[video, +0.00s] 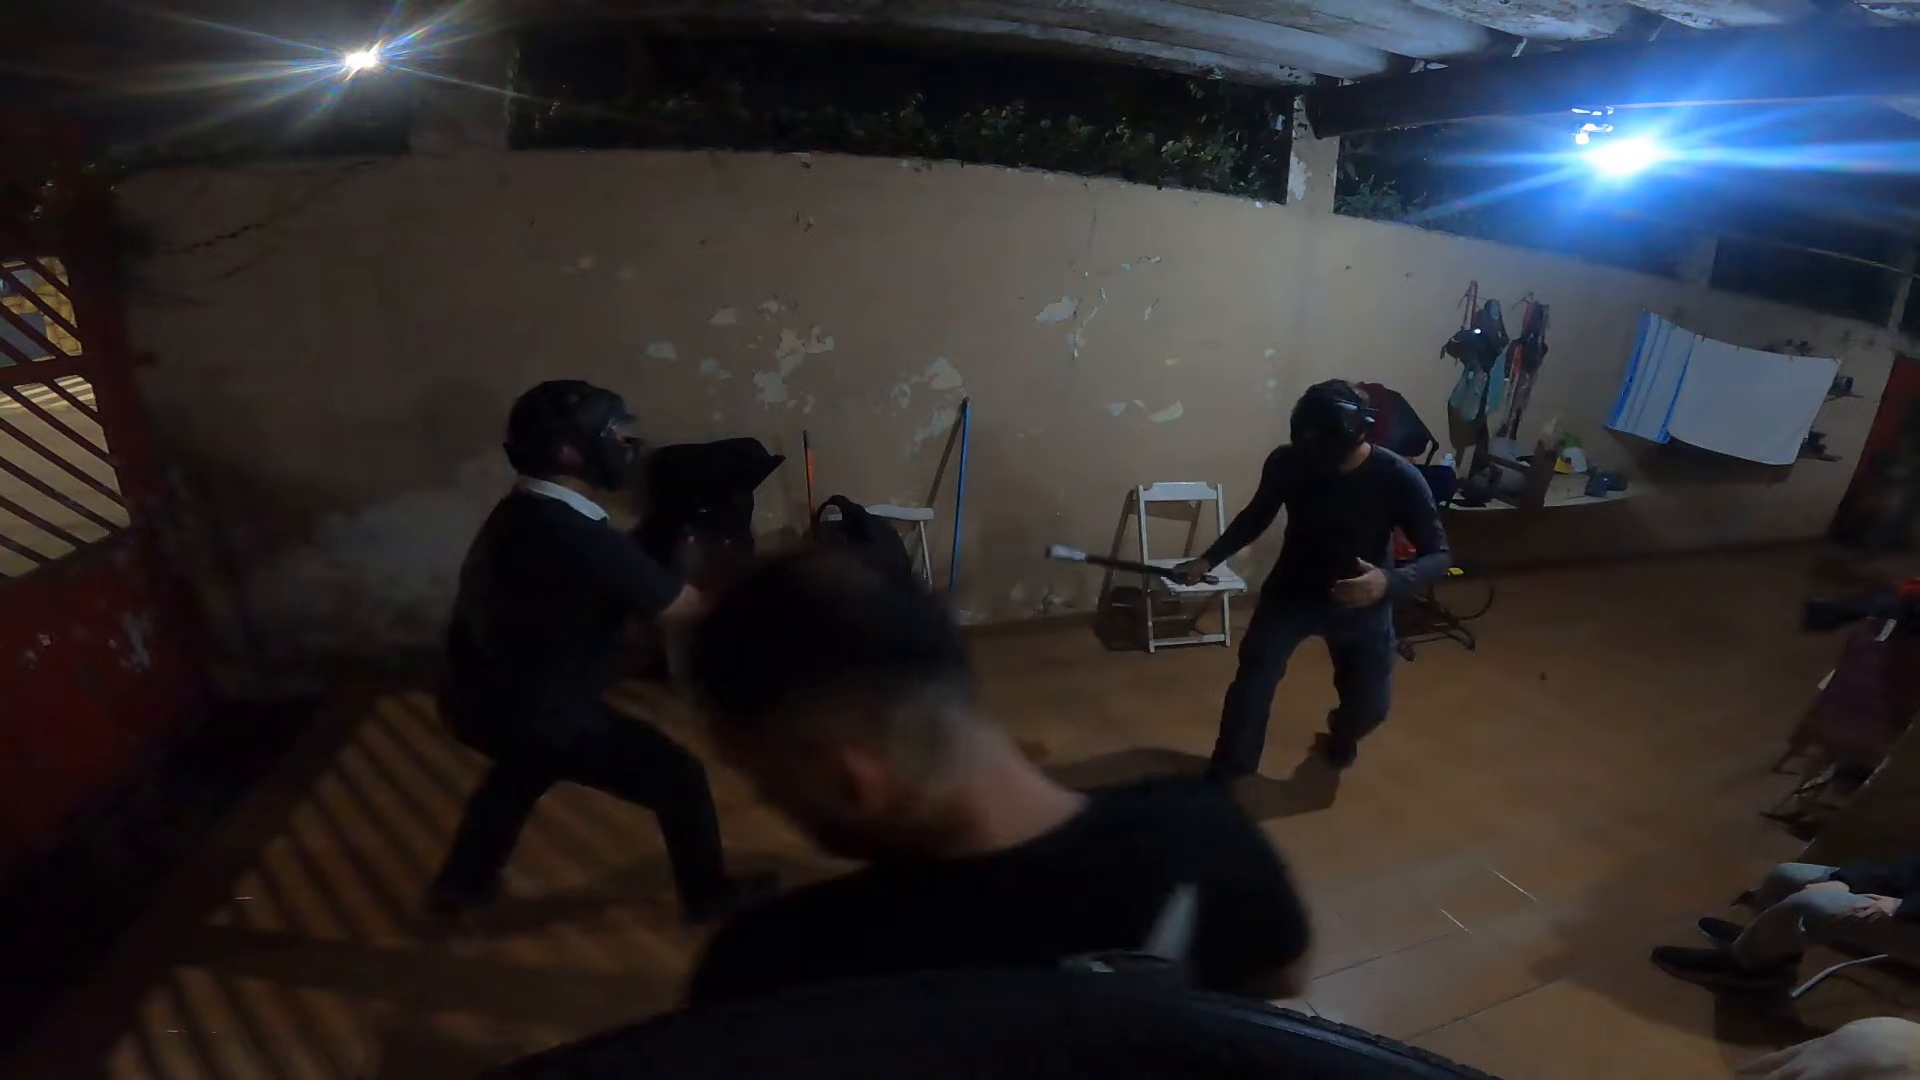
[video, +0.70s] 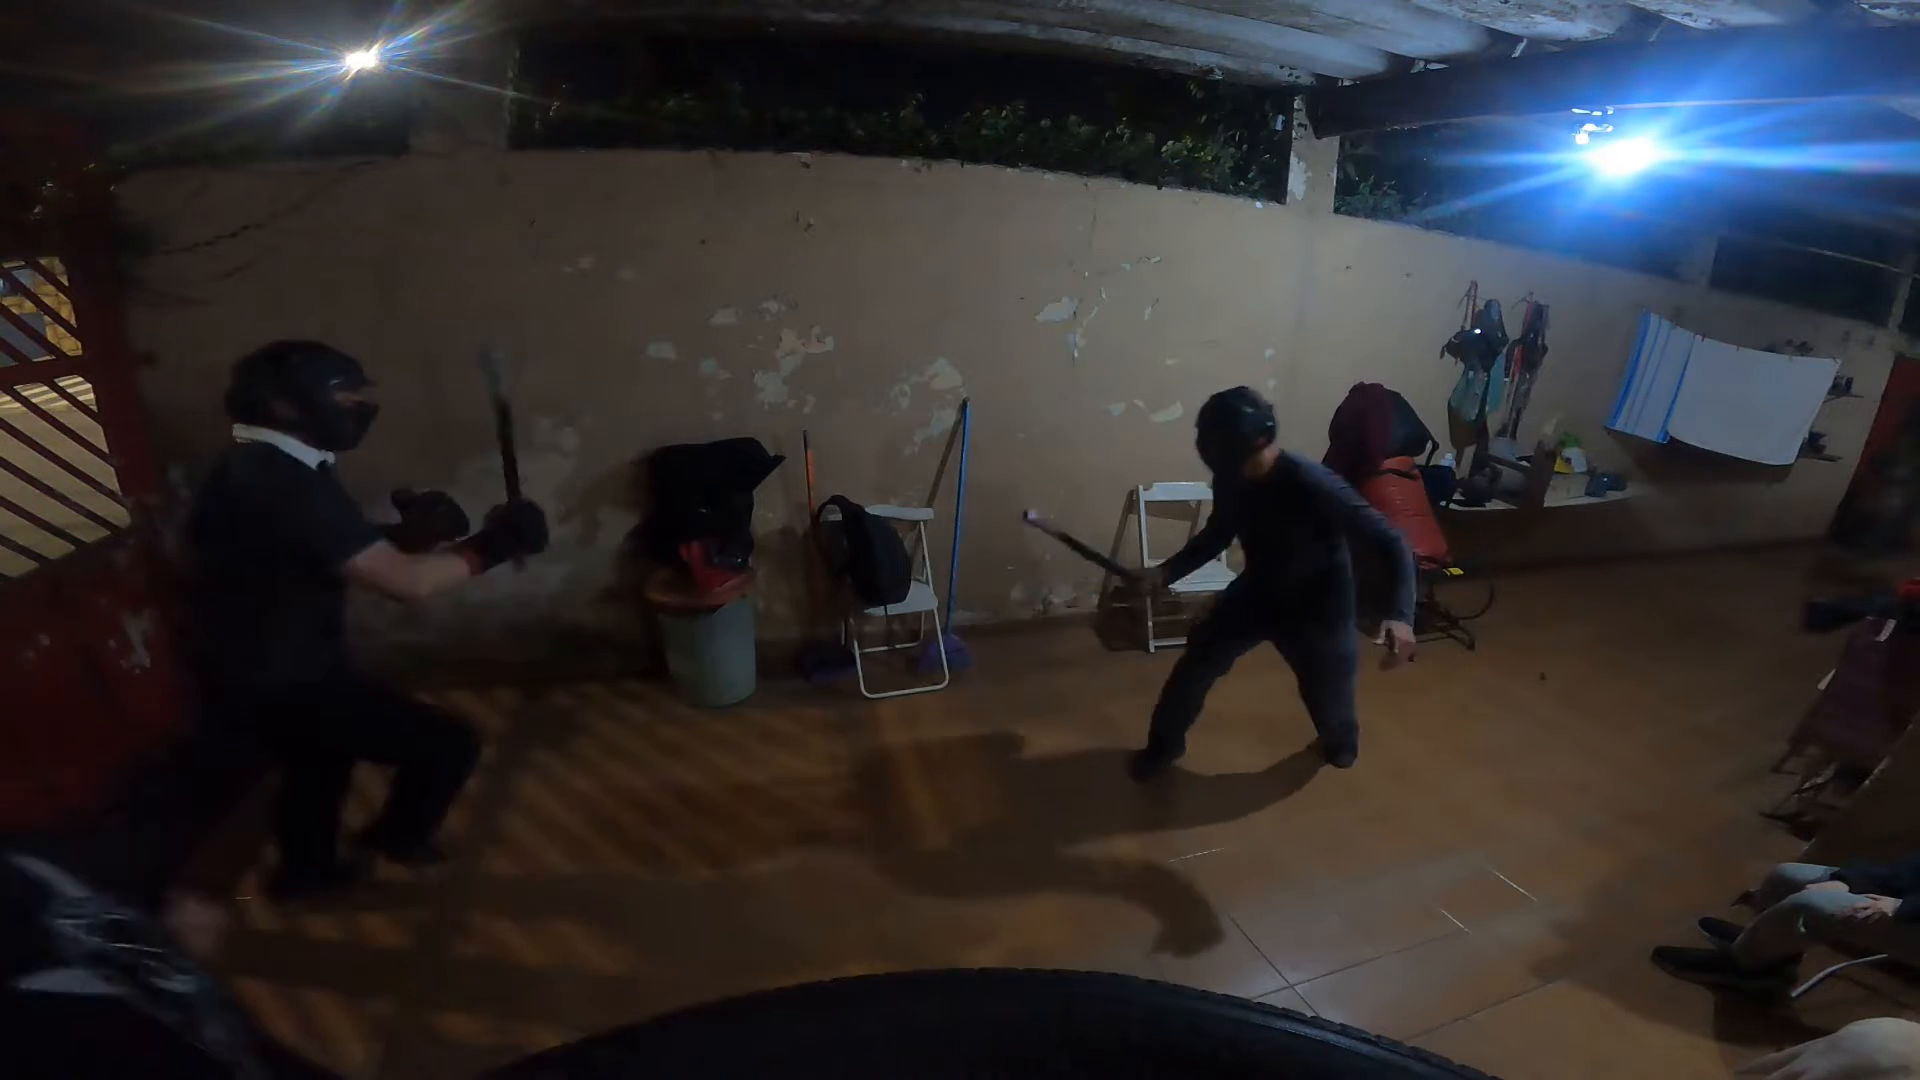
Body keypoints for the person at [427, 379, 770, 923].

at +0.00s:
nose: (631, 438)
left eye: (625, 426)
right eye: (614, 430)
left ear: (562, 454)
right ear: (569, 453)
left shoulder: (515, 515)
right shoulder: (581, 536)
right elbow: (680, 605)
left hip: (482, 705)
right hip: (543, 720)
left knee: (532, 763)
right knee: (677, 776)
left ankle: (461, 884)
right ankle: (707, 896)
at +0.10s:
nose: (599, 437)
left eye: (593, 424)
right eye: (582, 427)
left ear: (530, 451)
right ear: (532, 451)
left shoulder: (490, 516)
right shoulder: (527, 540)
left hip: (467, 698)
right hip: (501, 711)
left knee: (497, 781)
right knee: (498, 784)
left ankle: (414, 883)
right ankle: (412, 886)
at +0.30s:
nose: (504, 451)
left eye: (499, 438)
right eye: (487, 439)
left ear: (431, 460)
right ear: (435, 459)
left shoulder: (386, 528)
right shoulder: (443, 551)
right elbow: (498, 679)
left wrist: (533, 571)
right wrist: (585, 718)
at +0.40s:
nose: (439, 448)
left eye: (434, 435)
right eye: (420, 438)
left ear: (365, 463)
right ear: (368, 461)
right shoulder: (375, 547)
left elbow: (461, 579)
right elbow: (464, 659)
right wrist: (558, 680)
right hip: (376, 721)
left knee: (427, 761)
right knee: (545, 785)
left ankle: (375, 862)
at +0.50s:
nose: (399, 426)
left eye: (394, 413)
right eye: (378, 416)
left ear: (325, 440)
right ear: (324, 438)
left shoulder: (349, 496)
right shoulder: (310, 516)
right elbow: (433, 606)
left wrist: (439, 558)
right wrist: (537, 606)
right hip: (318, 713)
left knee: (389, 763)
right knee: (486, 762)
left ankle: (359, 876)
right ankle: (512, 894)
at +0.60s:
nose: (384, 403)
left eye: (381, 390)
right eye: (366, 393)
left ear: (309, 410)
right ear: (316, 408)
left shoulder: (268, 477)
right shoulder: (319, 493)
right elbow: (443, 587)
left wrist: (407, 541)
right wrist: (521, 554)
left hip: (271, 686)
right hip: (315, 692)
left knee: (348, 760)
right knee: (450, 752)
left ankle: (346, 880)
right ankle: (458, 869)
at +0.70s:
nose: (359, 409)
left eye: (359, 395)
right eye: (343, 396)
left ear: (282, 406)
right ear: (297, 406)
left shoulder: (239, 471)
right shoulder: (288, 487)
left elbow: (314, 551)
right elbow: (409, 581)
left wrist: (397, 535)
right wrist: (490, 546)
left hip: (241, 684)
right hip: (291, 692)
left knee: (324, 739)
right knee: (448, 743)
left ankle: (306, 867)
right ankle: (399, 842)